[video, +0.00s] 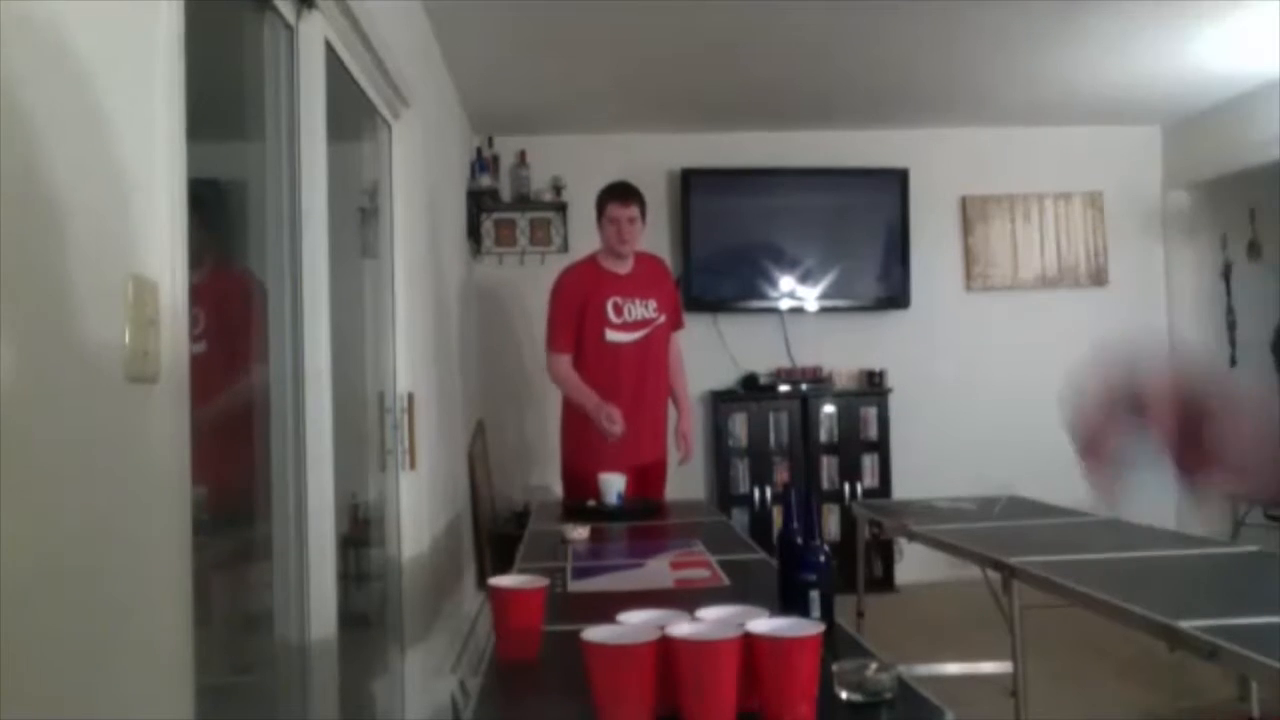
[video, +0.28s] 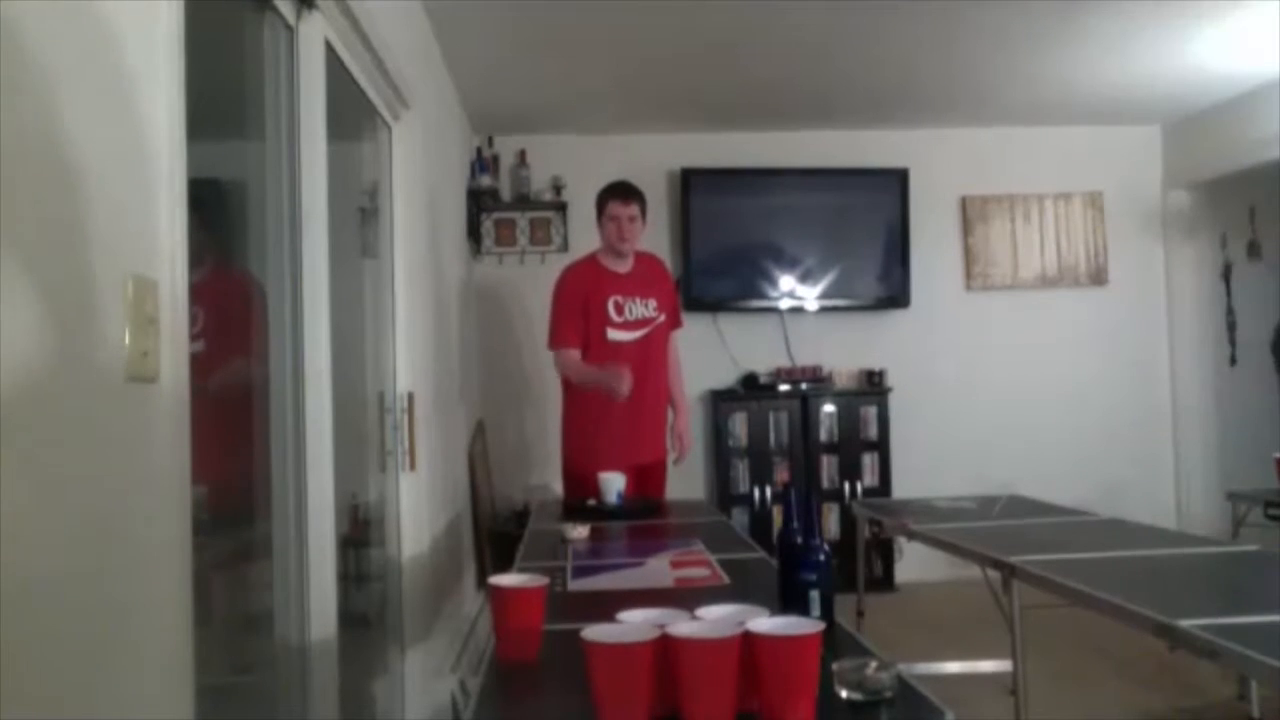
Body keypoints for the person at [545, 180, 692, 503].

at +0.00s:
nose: (623, 231)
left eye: (632, 222)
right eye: (613, 222)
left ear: (643, 225)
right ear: (599, 226)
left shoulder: (658, 274)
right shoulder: (574, 281)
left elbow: (670, 348)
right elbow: (558, 364)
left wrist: (684, 413)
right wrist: (595, 407)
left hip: (648, 440)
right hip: (592, 444)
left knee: (648, 542)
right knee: (594, 542)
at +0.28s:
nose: (624, 229)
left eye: (632, 220)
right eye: (614, 220)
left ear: (643, 225)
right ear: (599, 224)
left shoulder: (657, 272)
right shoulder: (576, 278)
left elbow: (668, 348)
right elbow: (566, 362)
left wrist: (681, 412)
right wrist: (603, 377)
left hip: (648, 439)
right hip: (593, 443)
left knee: (648, 541)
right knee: (594, 542)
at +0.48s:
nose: (623, 229)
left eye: (632, 220)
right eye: (614, 220)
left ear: (644, 225)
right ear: (599, 224)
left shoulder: (655, 271)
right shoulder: (577, 277)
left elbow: (667, 346)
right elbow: (570, 351)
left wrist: (680, 412)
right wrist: (606, 326)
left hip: (646, 433)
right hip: (593, 436)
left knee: (648, 540)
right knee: (594, 541)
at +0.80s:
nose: (623, 228)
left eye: (632, 218)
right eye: (614, 219)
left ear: (644, 224)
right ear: (600, 223)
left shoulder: (655, 270)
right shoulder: (580, 273)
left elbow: (668, 346)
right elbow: (582, 332)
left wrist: (682, 410)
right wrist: (609, 265)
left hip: (647, 436)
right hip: (594, 437)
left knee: (648, 543)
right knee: (594, 548)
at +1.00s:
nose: (625, 219)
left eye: (633, 210)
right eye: (618, 211)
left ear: (646, 217)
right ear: (605, 216)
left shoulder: (655, 263)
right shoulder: (584, 263)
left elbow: (670, 341)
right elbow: (594, 290)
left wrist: (687, 407)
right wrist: (609, 206)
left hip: (650, 434)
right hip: (598, 435)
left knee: (650, 544)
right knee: (595, 545)